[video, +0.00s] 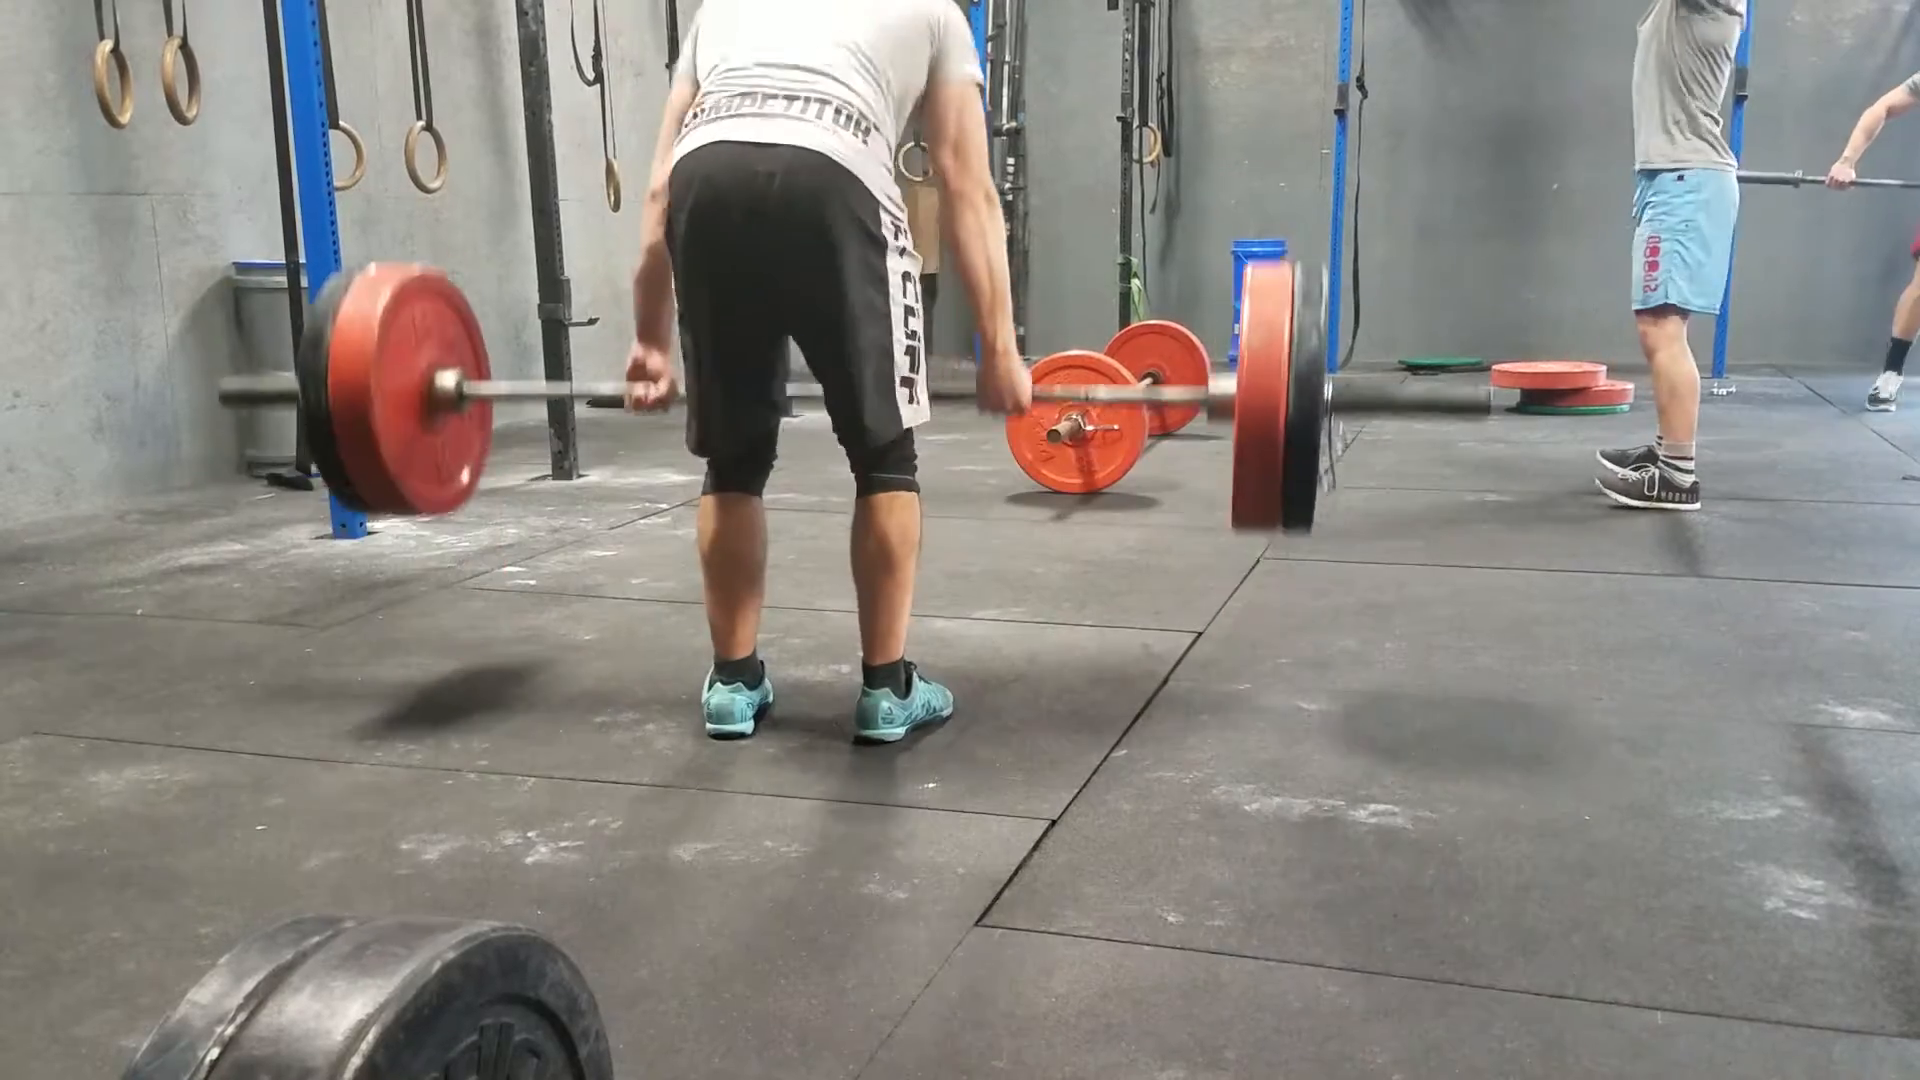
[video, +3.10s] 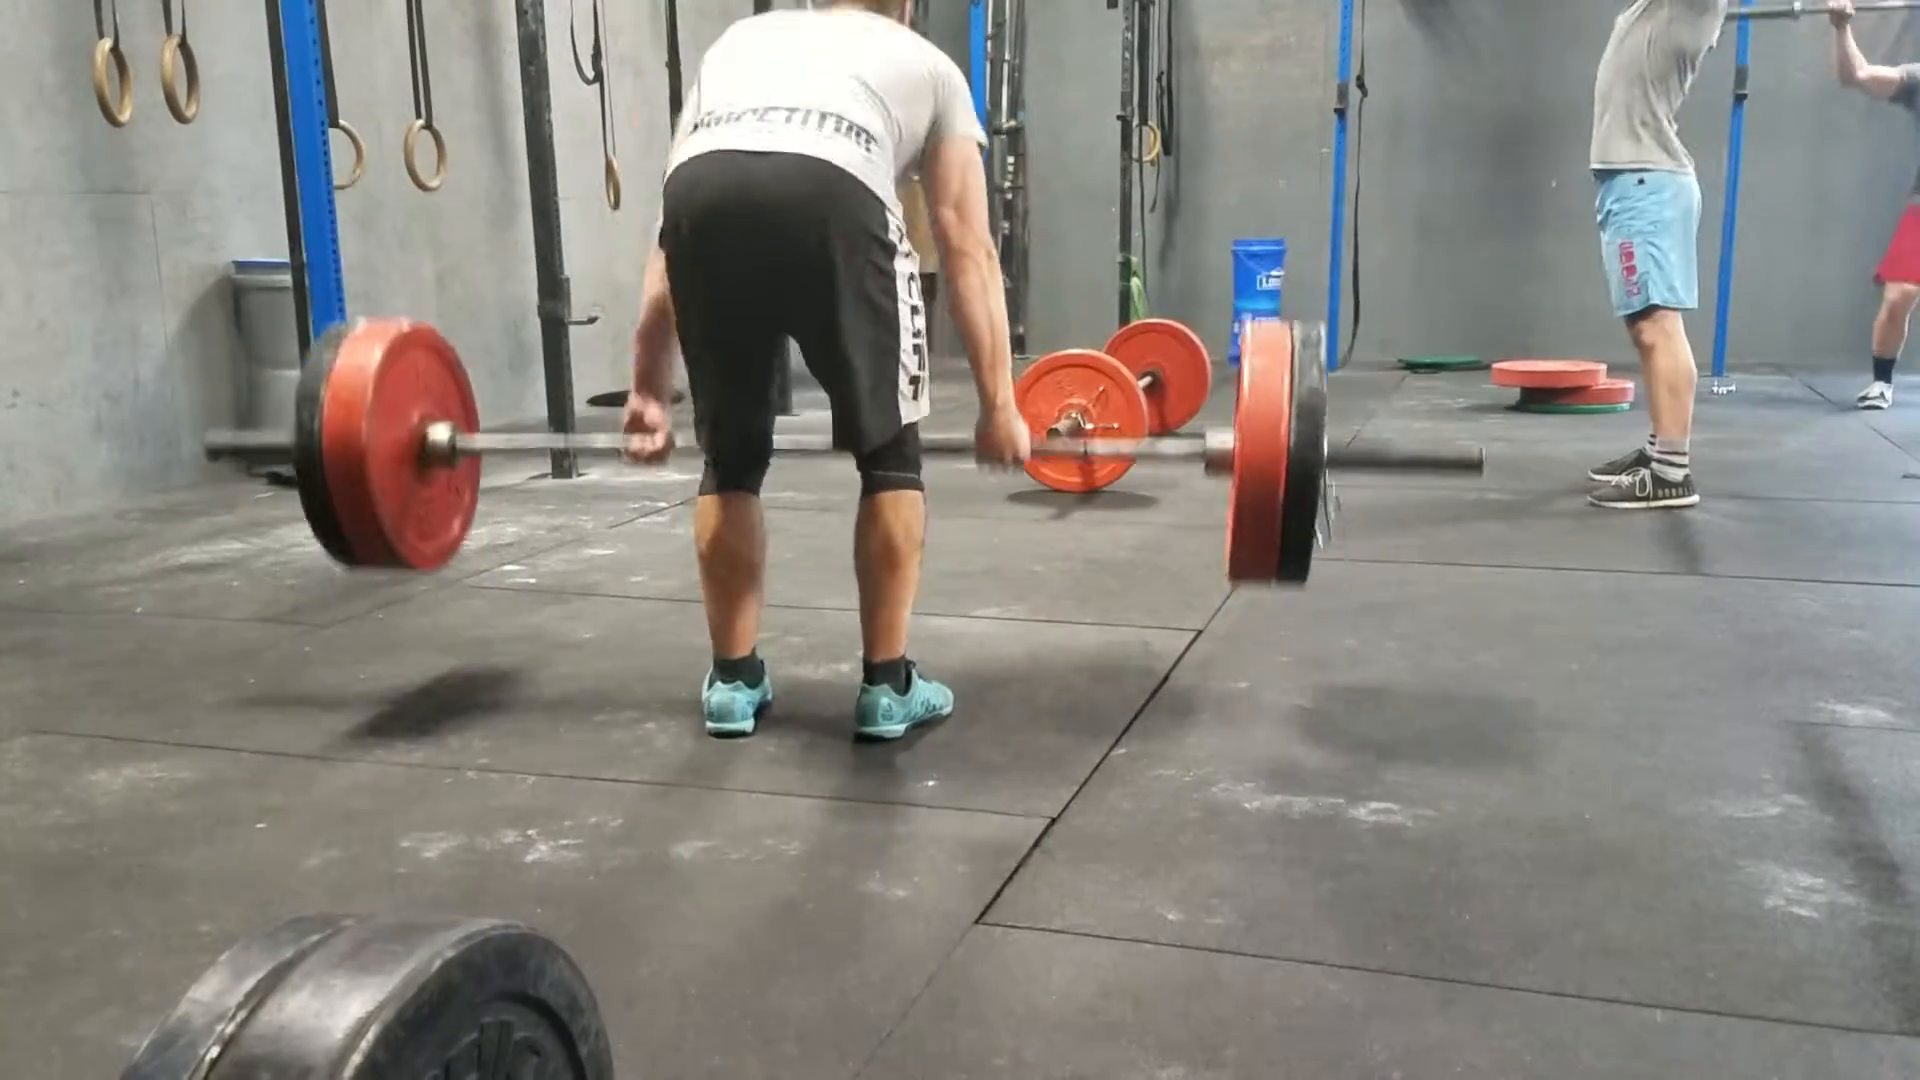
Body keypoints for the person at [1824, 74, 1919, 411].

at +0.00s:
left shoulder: (1917, 82)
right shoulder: (1919, 81)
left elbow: (1881, 108)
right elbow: (1881, 108)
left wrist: (1848, 160)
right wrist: (1848, 159)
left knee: (1917, 282)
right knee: (1918, 280)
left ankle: (1892, 373)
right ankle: (1891, 373)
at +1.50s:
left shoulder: (1913, 116)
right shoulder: (1915, 115)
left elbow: (1864, 165)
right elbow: (1864, 165)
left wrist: (1825, 221)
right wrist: (1825, 221)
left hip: (1913, 205)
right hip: (1915, 204)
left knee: (1898, 290)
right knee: (1897, 288)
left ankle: (1881, 383)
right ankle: (1881, 383)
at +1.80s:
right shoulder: (1911, 166)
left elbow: (1860, 216)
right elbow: (1860, 217)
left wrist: (1822, 273)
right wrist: (1822, 272)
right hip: (1913, 210)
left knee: (1891, 286)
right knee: (1888, 285)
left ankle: (1880, 380)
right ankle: (1880, 381)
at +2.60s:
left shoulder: (1914, 125)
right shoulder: (1918, 123)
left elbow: (1863, 164)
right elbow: (1862, 164)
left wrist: (1831, 222)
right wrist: (1831, 222)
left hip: (1913, 206)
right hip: (1916, 204)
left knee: (1894, 291)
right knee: (1891, 291)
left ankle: (1882, 383)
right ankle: (1882, 383)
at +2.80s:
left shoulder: (1912, 80)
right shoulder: (1915, 78)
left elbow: (1866, 117)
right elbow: (1867, 116)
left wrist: (1837, 169)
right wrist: (1837, 168)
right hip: (1917, 200)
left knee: (1905, 282)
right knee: (1904, 281)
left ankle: (1882, 377)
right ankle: (1882, 378)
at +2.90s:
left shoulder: (1914, 59)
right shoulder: (1917, 57)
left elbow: (1862, 82)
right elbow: (1862, 82)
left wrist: (1840, 106)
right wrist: (1841, 107)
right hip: (1918, 179)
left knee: (1906, 272)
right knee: (1904, 270)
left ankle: (1881, 373)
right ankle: (1881, 373)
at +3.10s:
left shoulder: (1915, 81)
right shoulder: (1919, 82)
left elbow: (1857, 74)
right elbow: (1856, 75)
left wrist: (1843, 27)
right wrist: (1842, 25)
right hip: (1919, 205)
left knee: (1902, 294)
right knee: (1900, 294)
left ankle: (1883, 380)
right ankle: (1881, 383)